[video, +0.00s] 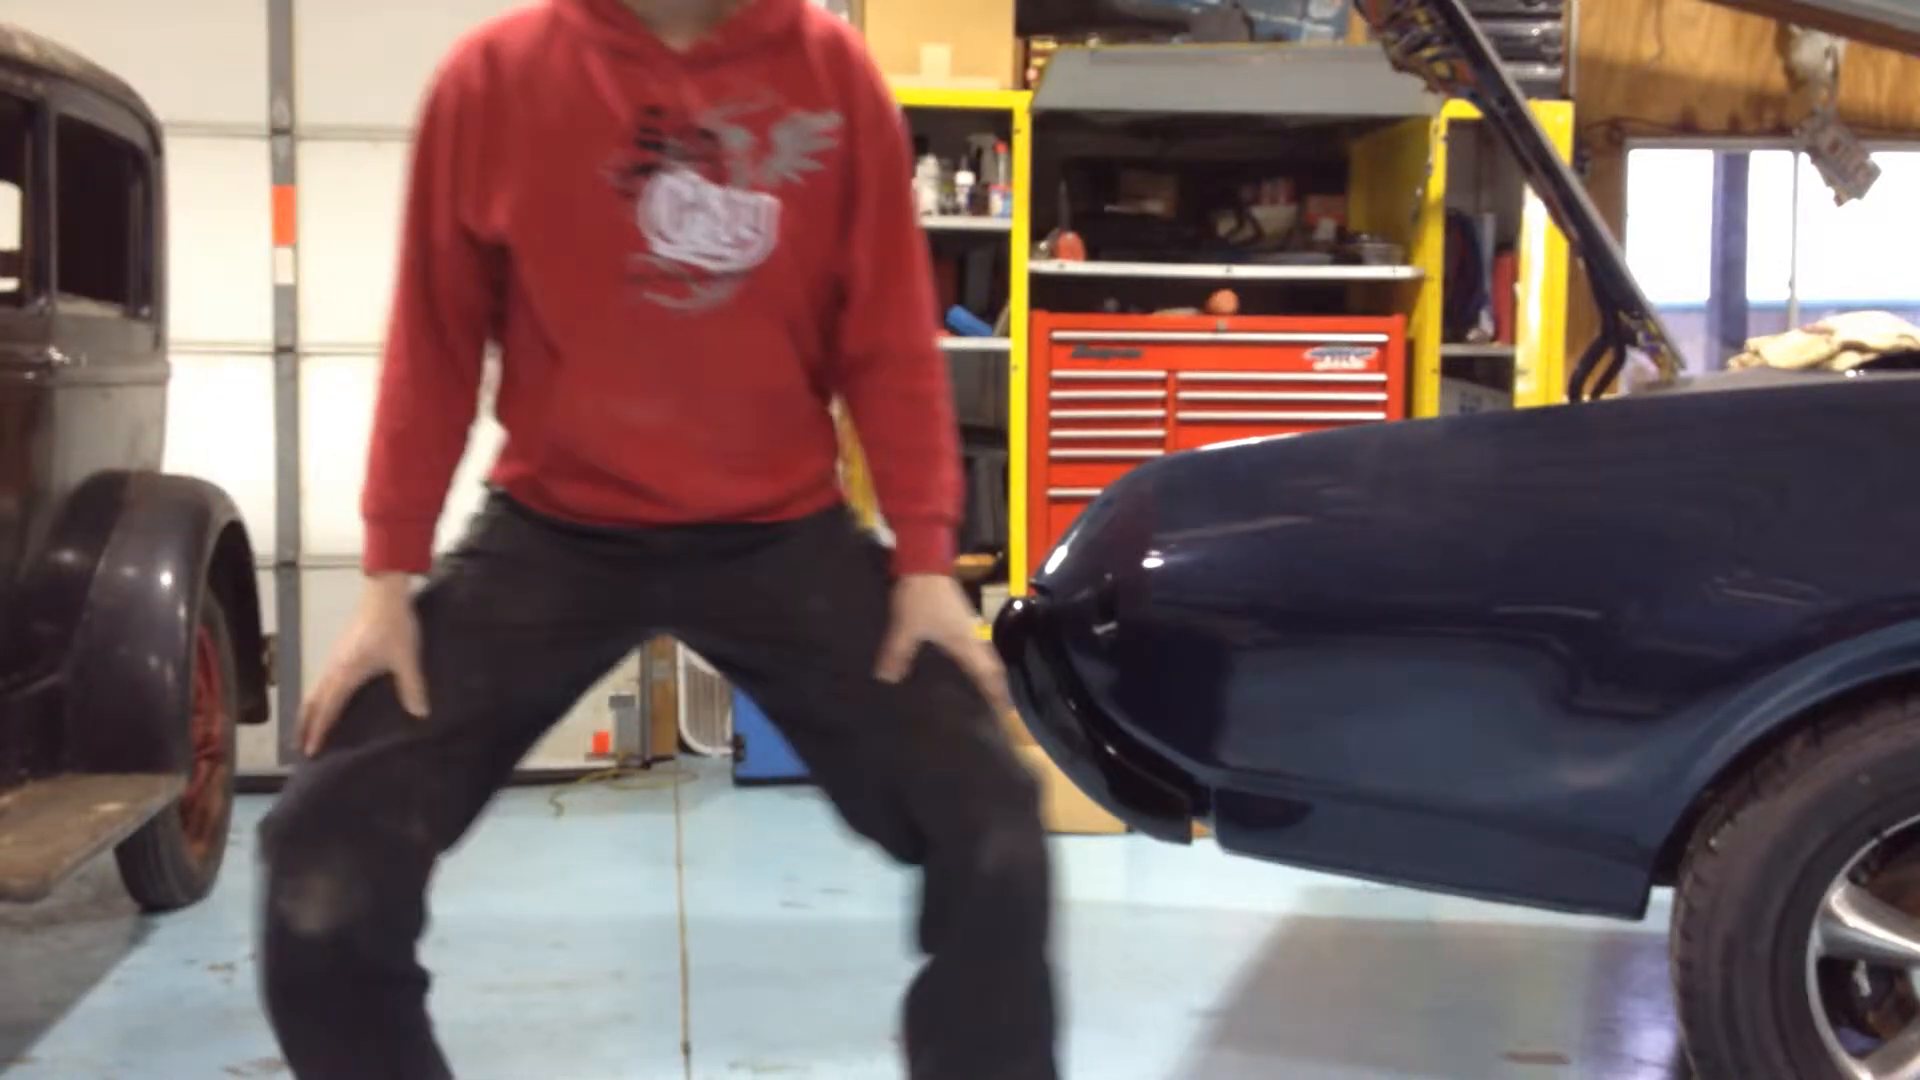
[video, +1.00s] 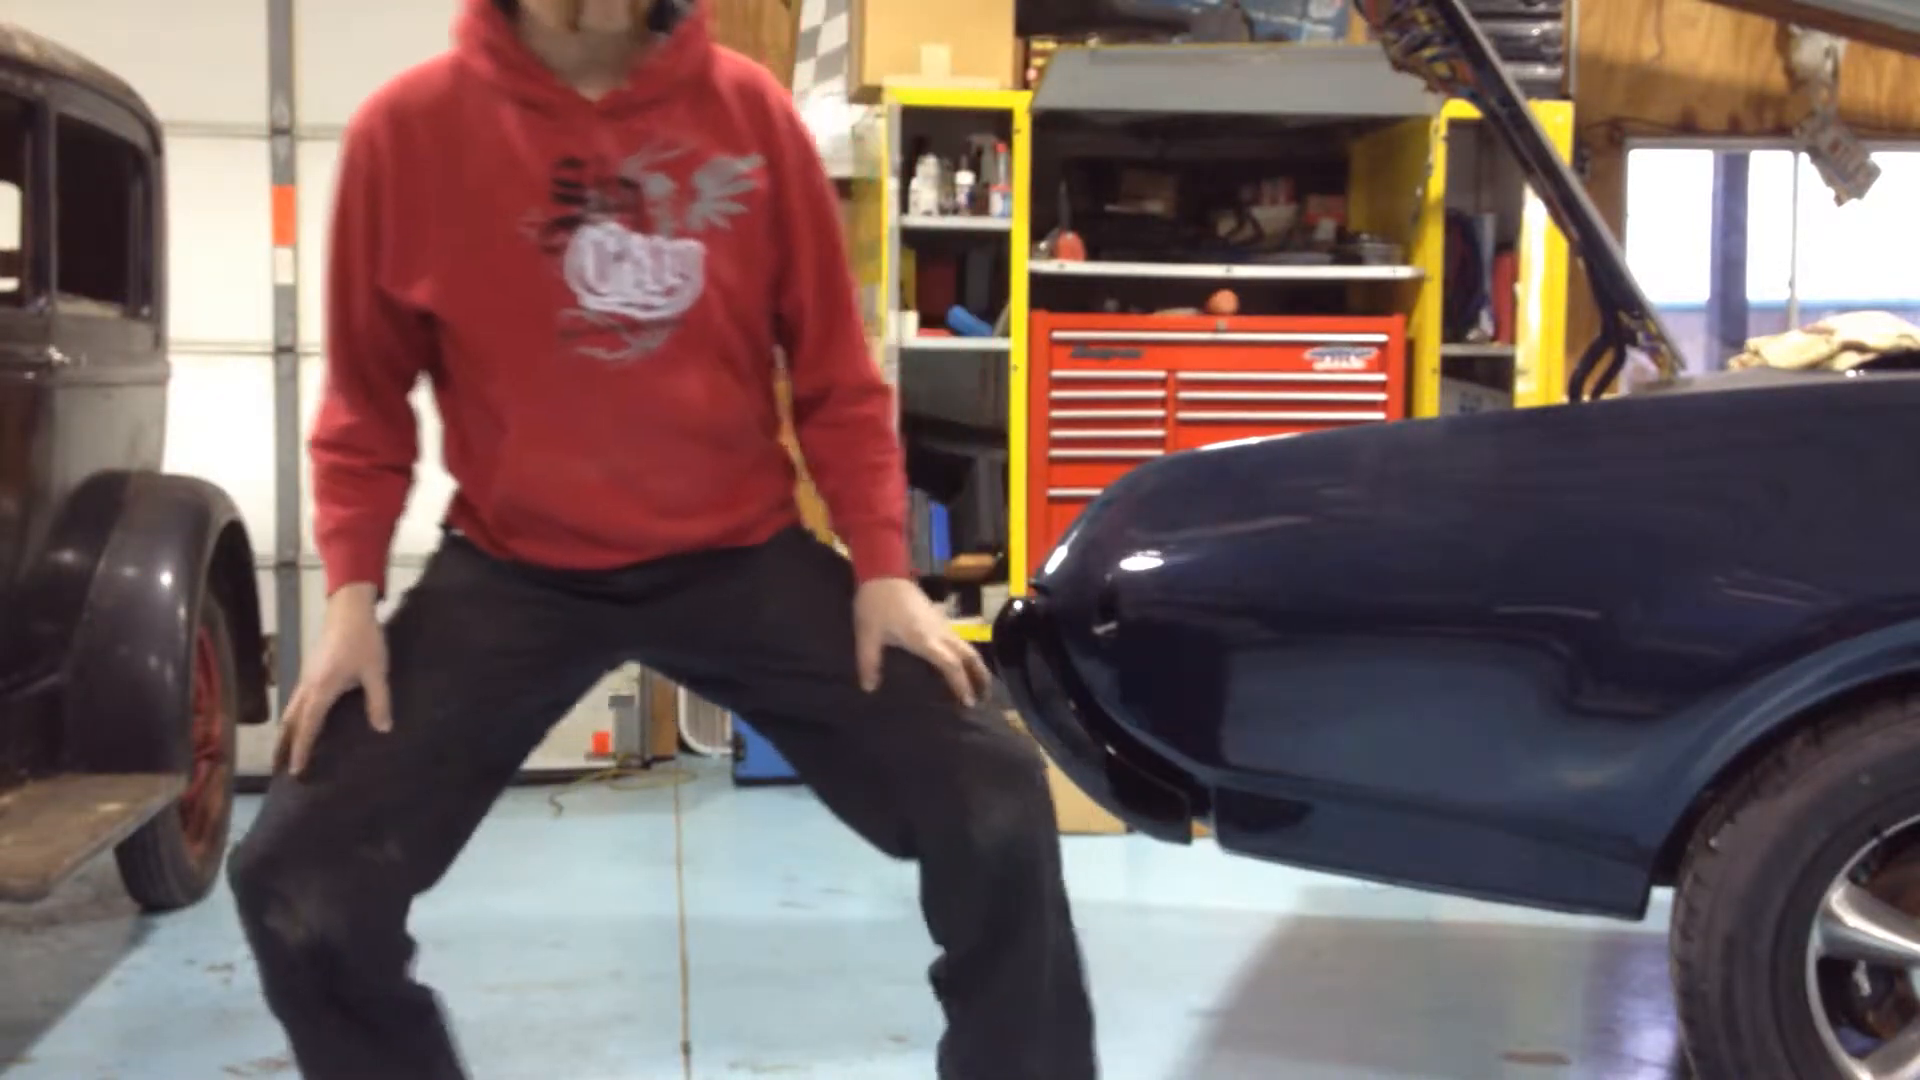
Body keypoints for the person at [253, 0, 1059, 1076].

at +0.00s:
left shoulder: (830, 71)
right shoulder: (496, 79)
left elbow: (891, 329)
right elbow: (432, 337)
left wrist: (927, 559)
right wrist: (389, 573)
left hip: (783, 537)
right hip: (553, 536)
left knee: (988, 816)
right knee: (331, 844)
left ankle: (983, 1068)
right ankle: (385, 1072)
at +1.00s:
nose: (631, 8)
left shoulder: (749, 113)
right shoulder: (408, 132)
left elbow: (834, 363)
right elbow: (364, 386)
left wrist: (884, 567)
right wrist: (351, 593)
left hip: (740, 561)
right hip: (514, 571)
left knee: (990, 792)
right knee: (302, 877)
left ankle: (1022, 1062)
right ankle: (404, 1067)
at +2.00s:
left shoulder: (1011, 140)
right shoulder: (675, 123)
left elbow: (1068, 393)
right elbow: (603, 361)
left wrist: (1066, 611)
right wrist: (545, 556)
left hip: (916, 581)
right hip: (694, 562)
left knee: (1101, 862)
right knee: (423, 809)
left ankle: (985, 1075)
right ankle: (401, 1072)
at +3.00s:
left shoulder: (713, 55)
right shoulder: (375, 41)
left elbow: (845, 254)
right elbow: (265, 272)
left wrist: (924, 465)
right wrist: (260, 497)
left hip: (651, 500)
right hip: (433, 513)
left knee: (876, 780)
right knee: (351, 896)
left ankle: (893, 1067)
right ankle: (413, 1073)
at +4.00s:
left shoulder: (806, 24)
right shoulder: (666, 5)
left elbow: (791, 203)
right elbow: (534, 193)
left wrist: (832, 271)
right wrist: (670, 216)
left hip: (702, 432)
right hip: (629, 421)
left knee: (786, 807)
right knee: (655, 821)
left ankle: (700, 1066)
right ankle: (616, 1063)